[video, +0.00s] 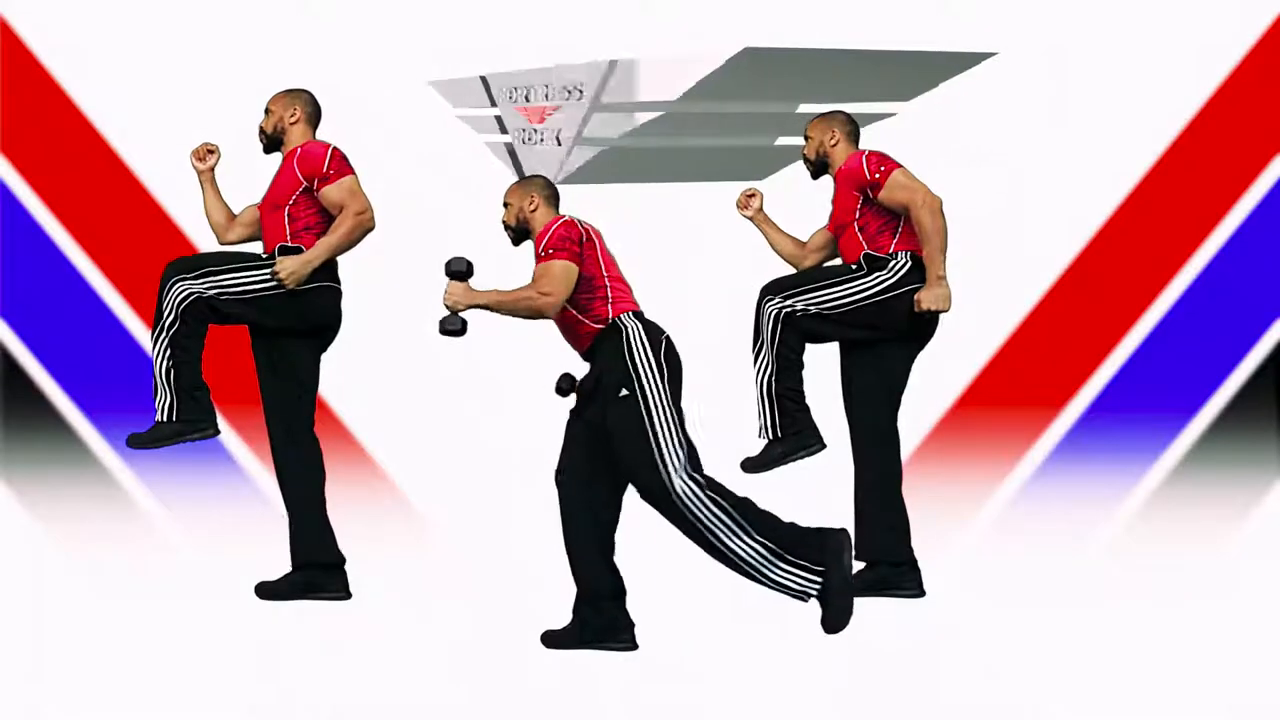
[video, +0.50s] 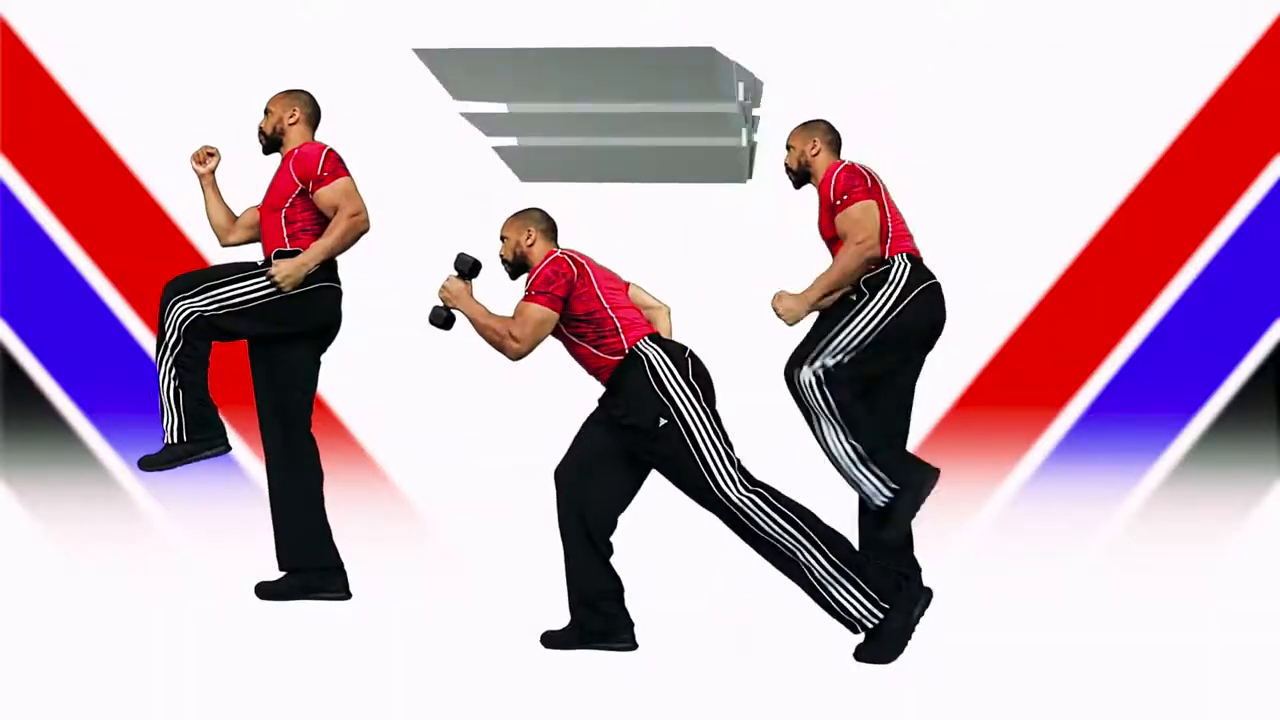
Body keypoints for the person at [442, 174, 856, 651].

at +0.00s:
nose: (503, 215)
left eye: (507, 205)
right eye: (503, 207)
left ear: (532, 202)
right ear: (536, 204)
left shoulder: (559, 229)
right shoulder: (562, 245)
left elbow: (547, 297)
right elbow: (602, 318)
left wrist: (475, 298)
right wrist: (591, 376)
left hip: (630, 349)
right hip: (606, 366)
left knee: (673, 484)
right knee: (580, 489)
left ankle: (819, 561)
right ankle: (602, 622)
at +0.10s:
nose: (498, 227)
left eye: (503, 217)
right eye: (498, 220)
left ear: (529, 211)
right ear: (533, 218)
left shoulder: (555, 240)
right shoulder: (563, 252)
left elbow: (523, 308)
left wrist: (461, 287)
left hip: (640, 355)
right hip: (613, 373)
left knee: (707, 479)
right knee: (578, 490)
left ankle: (848, 585)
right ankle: (602, 621)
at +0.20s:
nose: (497, 236)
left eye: (504, 225)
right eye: (498, 228)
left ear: (531, 220)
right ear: (535, 228)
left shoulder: (552, 251)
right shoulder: (569, 258)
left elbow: (512, 320)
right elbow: (647, 305)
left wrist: (457, 283)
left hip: (648, 360)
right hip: (622, 379)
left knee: (718, 480)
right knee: (578, 486)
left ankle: (859, 597)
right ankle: (602, 621)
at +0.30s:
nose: (499, 243)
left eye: (504, 232)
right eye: (499, 235)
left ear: (532, 227)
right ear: (540, 232)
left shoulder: (555, 258)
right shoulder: (571, 265)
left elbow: (512, 330)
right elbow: (652, 304)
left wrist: (462, 293)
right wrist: (654, 373)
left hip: (654, 368)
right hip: (628, 385)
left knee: (732, 487)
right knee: (578, 487)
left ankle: (873, 598)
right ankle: (602, 624)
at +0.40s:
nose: (501, 247)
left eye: (507, 236)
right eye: (501, 240)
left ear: (534, 232)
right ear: (540, 237)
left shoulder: (556, 264)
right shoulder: (573, 269)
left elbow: (515, 338)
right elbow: (656, 307)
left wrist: (465, 300)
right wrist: (650, 376)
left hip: (656, 371)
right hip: (630, 389)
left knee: (733, 493)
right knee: (579, 486)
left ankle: (877, 607)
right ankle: (602, 622)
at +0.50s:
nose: (501, 250)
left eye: (506, 239)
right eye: (501, 243)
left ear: (534, 235)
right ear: (539, 240)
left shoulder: (555, 267)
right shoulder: (574, 272)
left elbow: (515, 343)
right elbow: (656, 309)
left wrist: (465, 302)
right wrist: (648, 378)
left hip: (657, 375)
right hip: (630, 392)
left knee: (733, 494)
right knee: (579, 485)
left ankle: (881, 606)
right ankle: (601, 622)